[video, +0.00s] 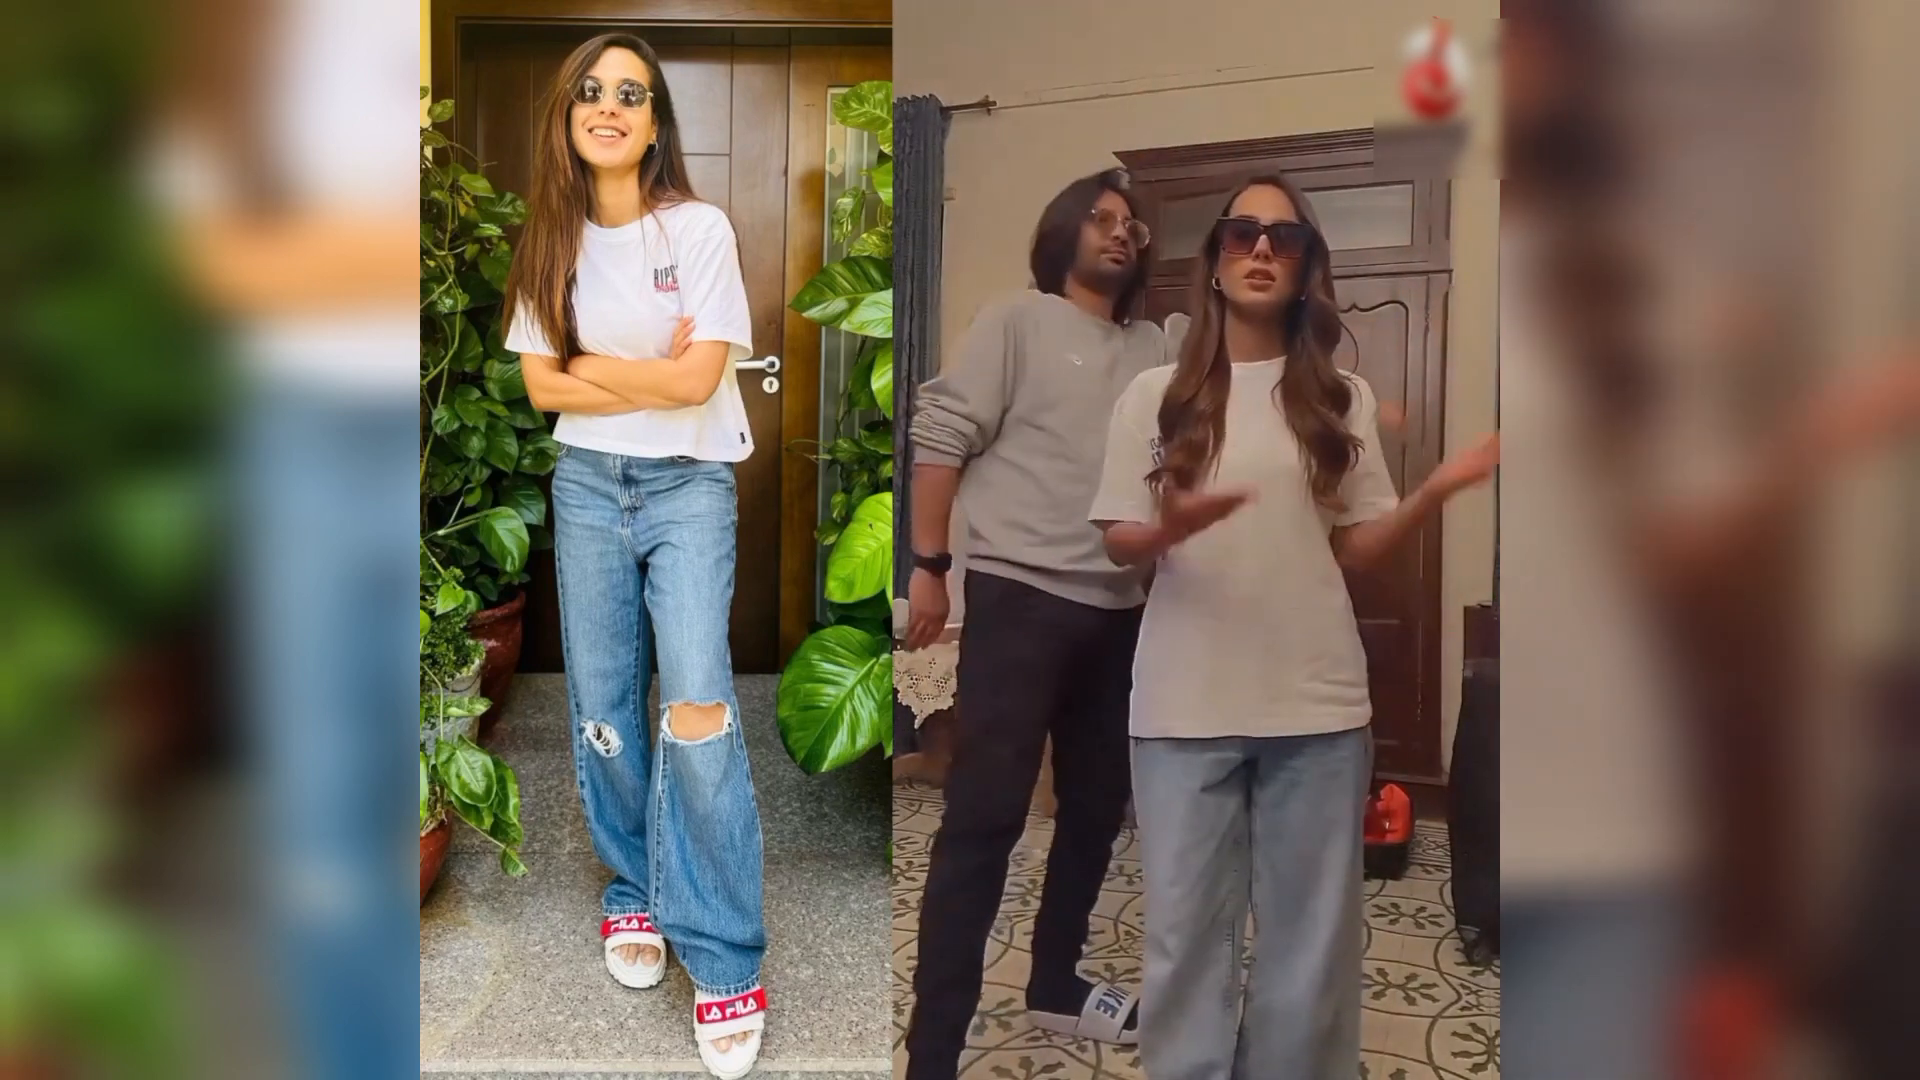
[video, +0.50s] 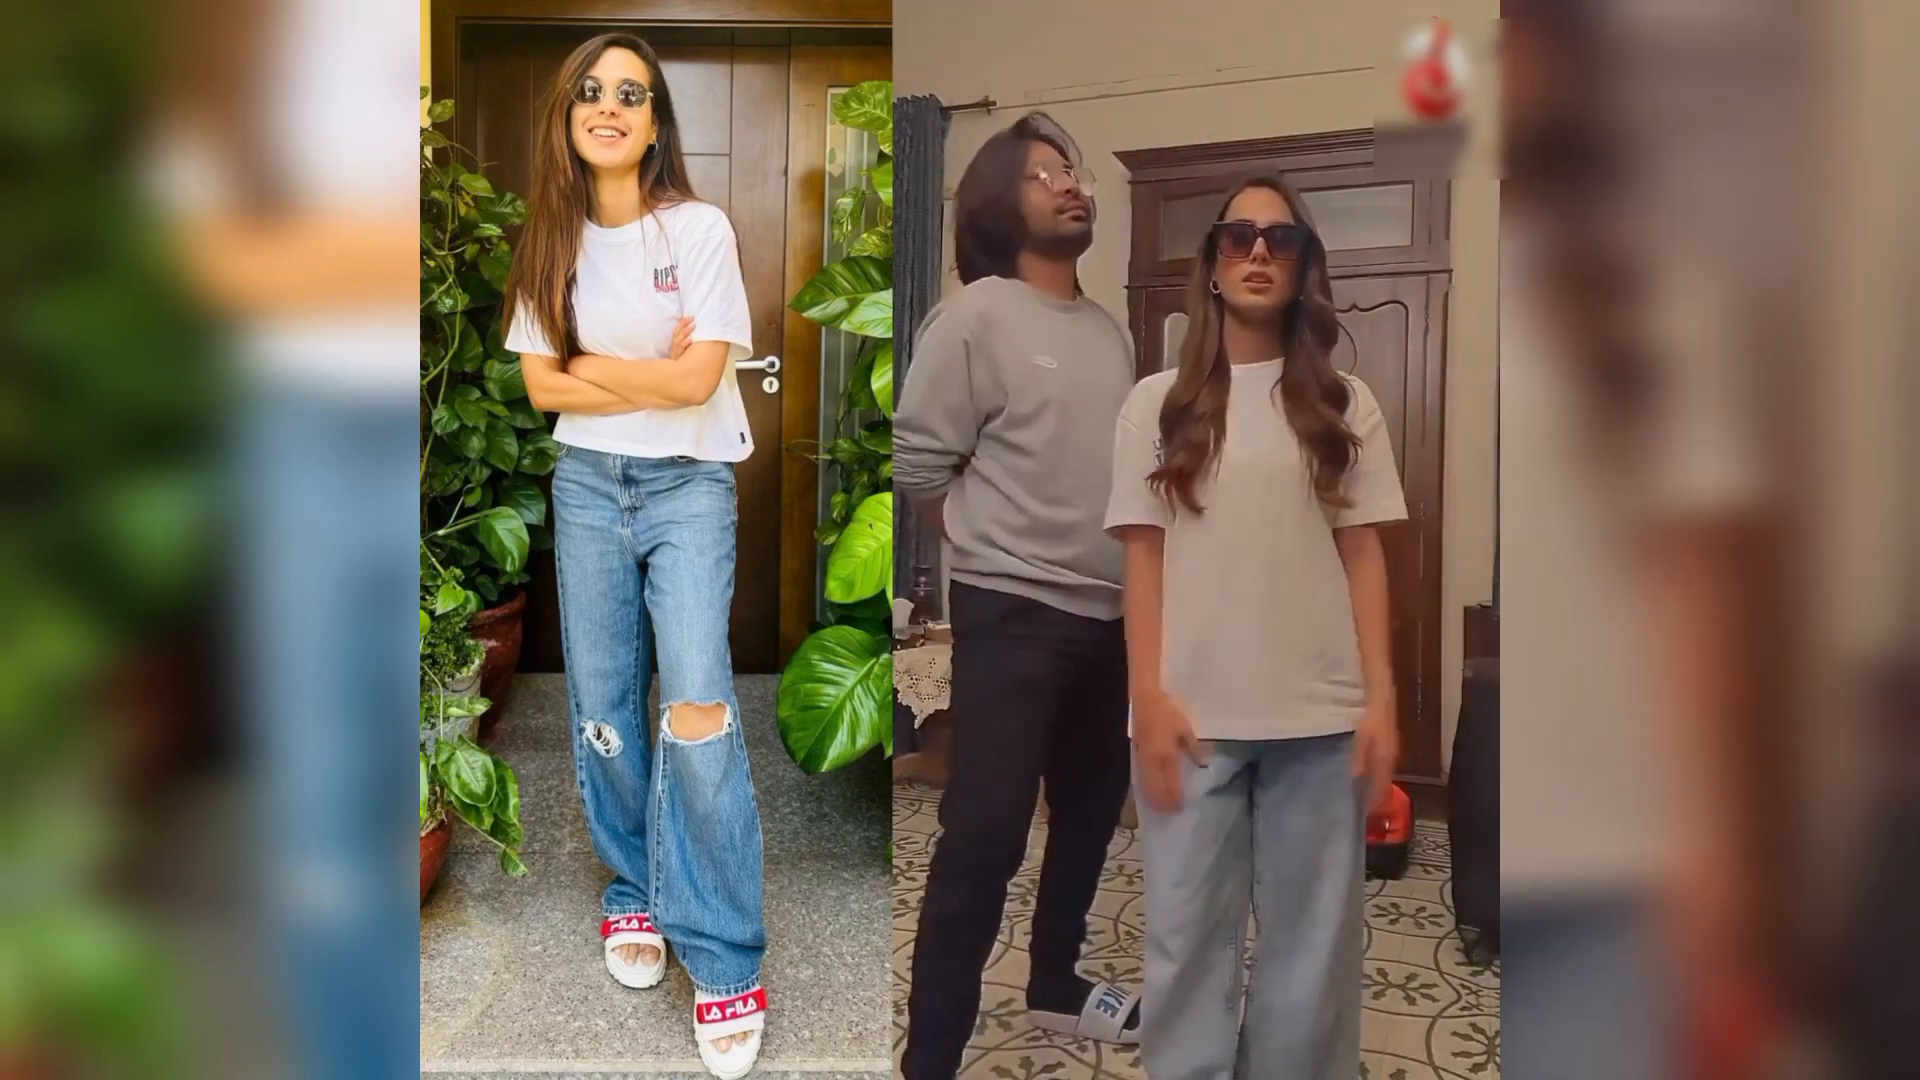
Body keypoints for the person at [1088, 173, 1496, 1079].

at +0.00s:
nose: (1262, 248)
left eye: (1283, 237)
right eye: (1243, 234)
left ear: (1308, 264)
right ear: (1213, 256)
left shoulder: (1342, 393)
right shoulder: (1154, 395)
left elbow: (1354, 549)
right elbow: (1120, 544)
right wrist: (1167, 526)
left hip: (1317, 707)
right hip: (1184, 710)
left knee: (1310, 952)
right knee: (1182, 944)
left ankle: (1292, 1077)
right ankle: (1186, 1072)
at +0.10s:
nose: (1259, 251)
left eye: (1281, 240)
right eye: (1240, 236)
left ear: (1305, 267)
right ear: (1210, 258)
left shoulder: (1336, 394)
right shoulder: (1150, 395)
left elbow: (1390, 534)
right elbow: (1123, 542)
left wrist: (1467, 422)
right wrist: (1200, 487)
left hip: (1317, 708)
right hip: (1182, 711)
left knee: (1311, 954)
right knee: (1182, 946)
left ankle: (1293, 1076)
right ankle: (1185, 1070)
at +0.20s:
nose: (1256, 250)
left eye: (1278, 239)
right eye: (1238, 234)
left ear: (1303, 266)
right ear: (1208, 258)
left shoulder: (1335, 394)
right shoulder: (1148, 396)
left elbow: (1409, 522)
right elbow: (1127, 543)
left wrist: (1475, 406)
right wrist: (1214, 465)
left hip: (1315, 709)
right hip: (1180, 712)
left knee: (1310, 953)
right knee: (1182, 947)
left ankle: (1294, 1077)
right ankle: (1185, 1071)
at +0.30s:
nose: (1258, 249)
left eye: (1279, 238)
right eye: (1239, 234)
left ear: (1304, 266)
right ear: (1208, 258)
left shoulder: (1337, 394)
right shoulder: (1148, 396)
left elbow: (1407, 524)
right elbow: (1119, 541)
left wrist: (1484, 416)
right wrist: (1209, 477)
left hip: (1316, 710)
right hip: (1181, 713)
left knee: (1310, 951)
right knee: (1182, 945)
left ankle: (1294, 1077)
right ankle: (1185, 1072)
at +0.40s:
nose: (1258, 249)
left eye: (1279, 237)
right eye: (1239, 235)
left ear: (1305, 263)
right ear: (1210, 258)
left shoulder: (1340, 396)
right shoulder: (1153, 396)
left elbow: (1371, 540)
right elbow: (1126, 537)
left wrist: (1454, 541)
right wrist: (1185, 582)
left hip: (1317, 709)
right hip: (1184, 710)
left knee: (1311, 945)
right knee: (1183, 940)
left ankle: (1295, 1074)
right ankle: (1185, 1071)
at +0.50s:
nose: (1258, 253)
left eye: (1280, 240)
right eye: (1237, 239)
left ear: (1306, 266)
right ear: (1212, 265)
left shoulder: (1344, 400)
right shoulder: (1159, 400)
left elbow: (1363, 557)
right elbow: (1143, 557)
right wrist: (1147, 699)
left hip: (1323, 724)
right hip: (1189, 724)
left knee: (1312, 961)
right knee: (1183, 957)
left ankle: (1297, 1073)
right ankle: (1188, 1068)